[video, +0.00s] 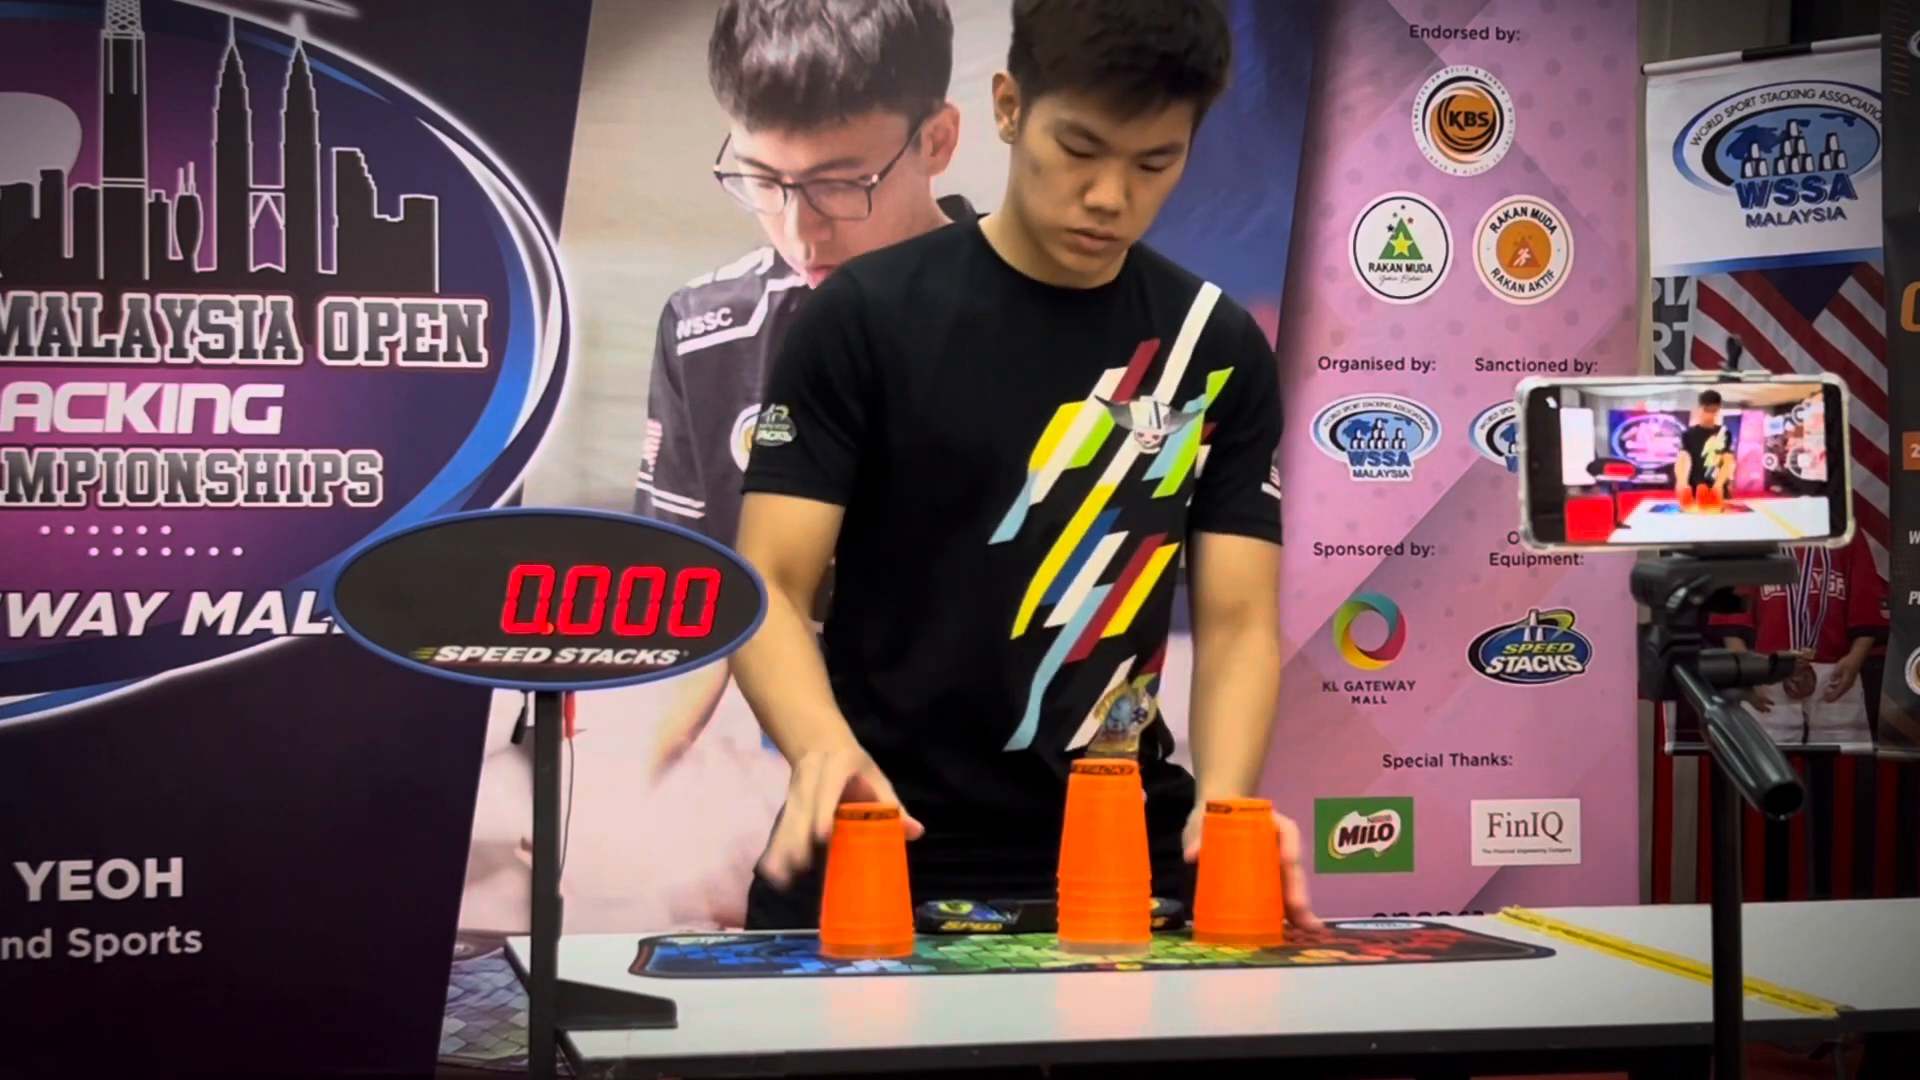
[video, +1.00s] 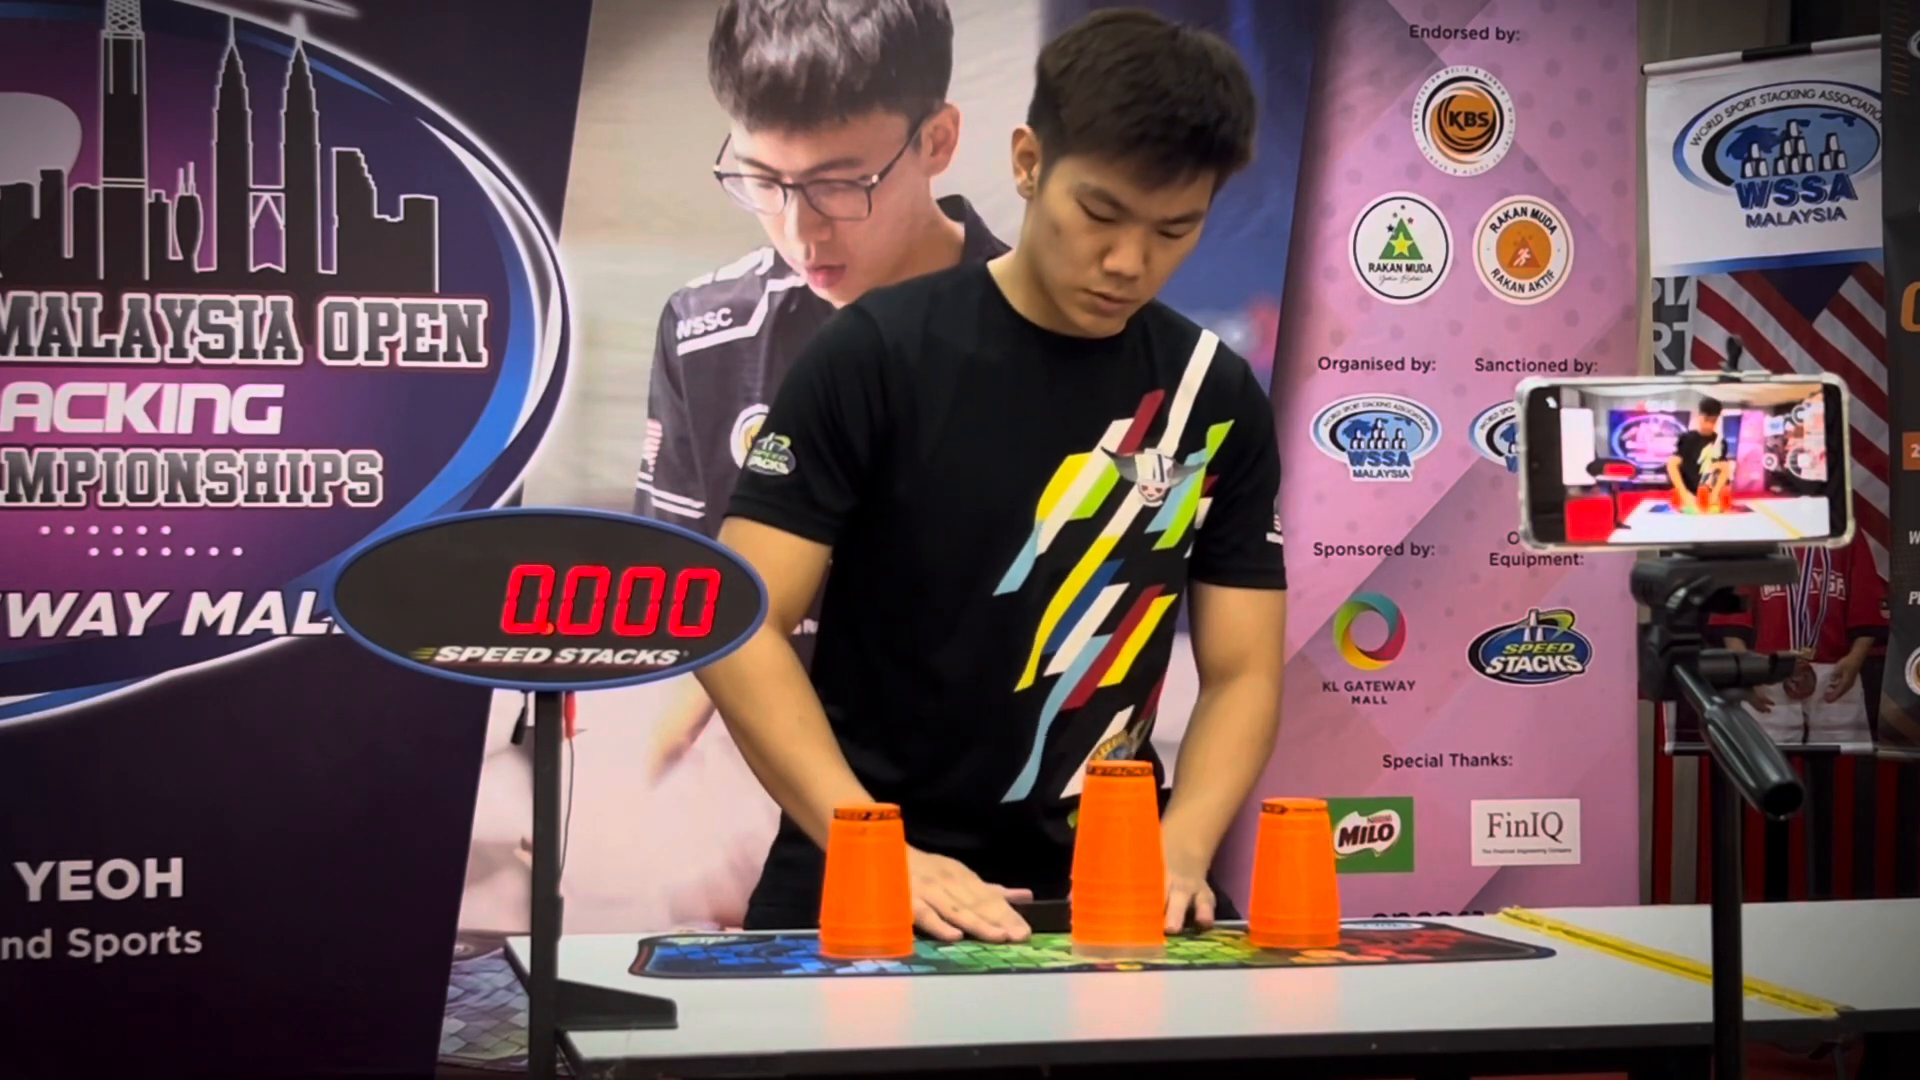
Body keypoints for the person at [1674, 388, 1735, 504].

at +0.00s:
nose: (1710, 416)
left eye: (1714, 411)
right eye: (1707, 411)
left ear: (1718, 411)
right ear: (1700, 409)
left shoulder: (1724, 433)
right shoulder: (1690, 434)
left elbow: (1728, 459)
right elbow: (1684, 458)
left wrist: (1718, 486)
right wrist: (1682, 485)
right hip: (1694, 484)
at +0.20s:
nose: (1707, 418)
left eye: (1711, 414)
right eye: (1704, 413)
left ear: (1716, 413)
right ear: (1698, 411)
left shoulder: (1719, 437)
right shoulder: (1686, 435)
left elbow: (1722, 463)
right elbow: (1677, 460)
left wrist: (1718, 487)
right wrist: (1677, 484)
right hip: (1688, 494)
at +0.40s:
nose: (1708, 418)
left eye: (1712, 414)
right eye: (1705, 413)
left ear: (1716, 413)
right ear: (1698, 412)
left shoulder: (1720, 437)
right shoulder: (1687, 435)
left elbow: (1723, 463)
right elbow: (1679, 463)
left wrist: (1719, 485)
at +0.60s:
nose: (1709, 419)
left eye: (1712, 414)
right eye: (1706, 414)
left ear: (1717, 414)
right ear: (1699, 412)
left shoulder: (1721, 436)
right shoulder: (1689, 435)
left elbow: (1723, 462)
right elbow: (1680, 463)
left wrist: (1722, 486)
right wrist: (1693, 486)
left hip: (1714, 494)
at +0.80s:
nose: (1709, 422)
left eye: (1713, 418)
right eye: (1706, 417)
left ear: (1717, 418)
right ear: (1700, 415)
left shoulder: (1720, 440)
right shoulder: (1688, 437)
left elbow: (1723, 469)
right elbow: (1673, 464)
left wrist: (1714, 495)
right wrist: (1686, 495)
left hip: (1710, 498)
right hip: (1690, 498)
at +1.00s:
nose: (1709, 425)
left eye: (1713, 421)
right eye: (1706, 420)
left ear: (1717, 420)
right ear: (1700, 417)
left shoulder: (1720, 442)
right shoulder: (1687, 439)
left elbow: (1724, 470)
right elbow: (1672, 465)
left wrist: (1714, 494)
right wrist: (1685, 496)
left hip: (1710, 500)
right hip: (1690, 499)